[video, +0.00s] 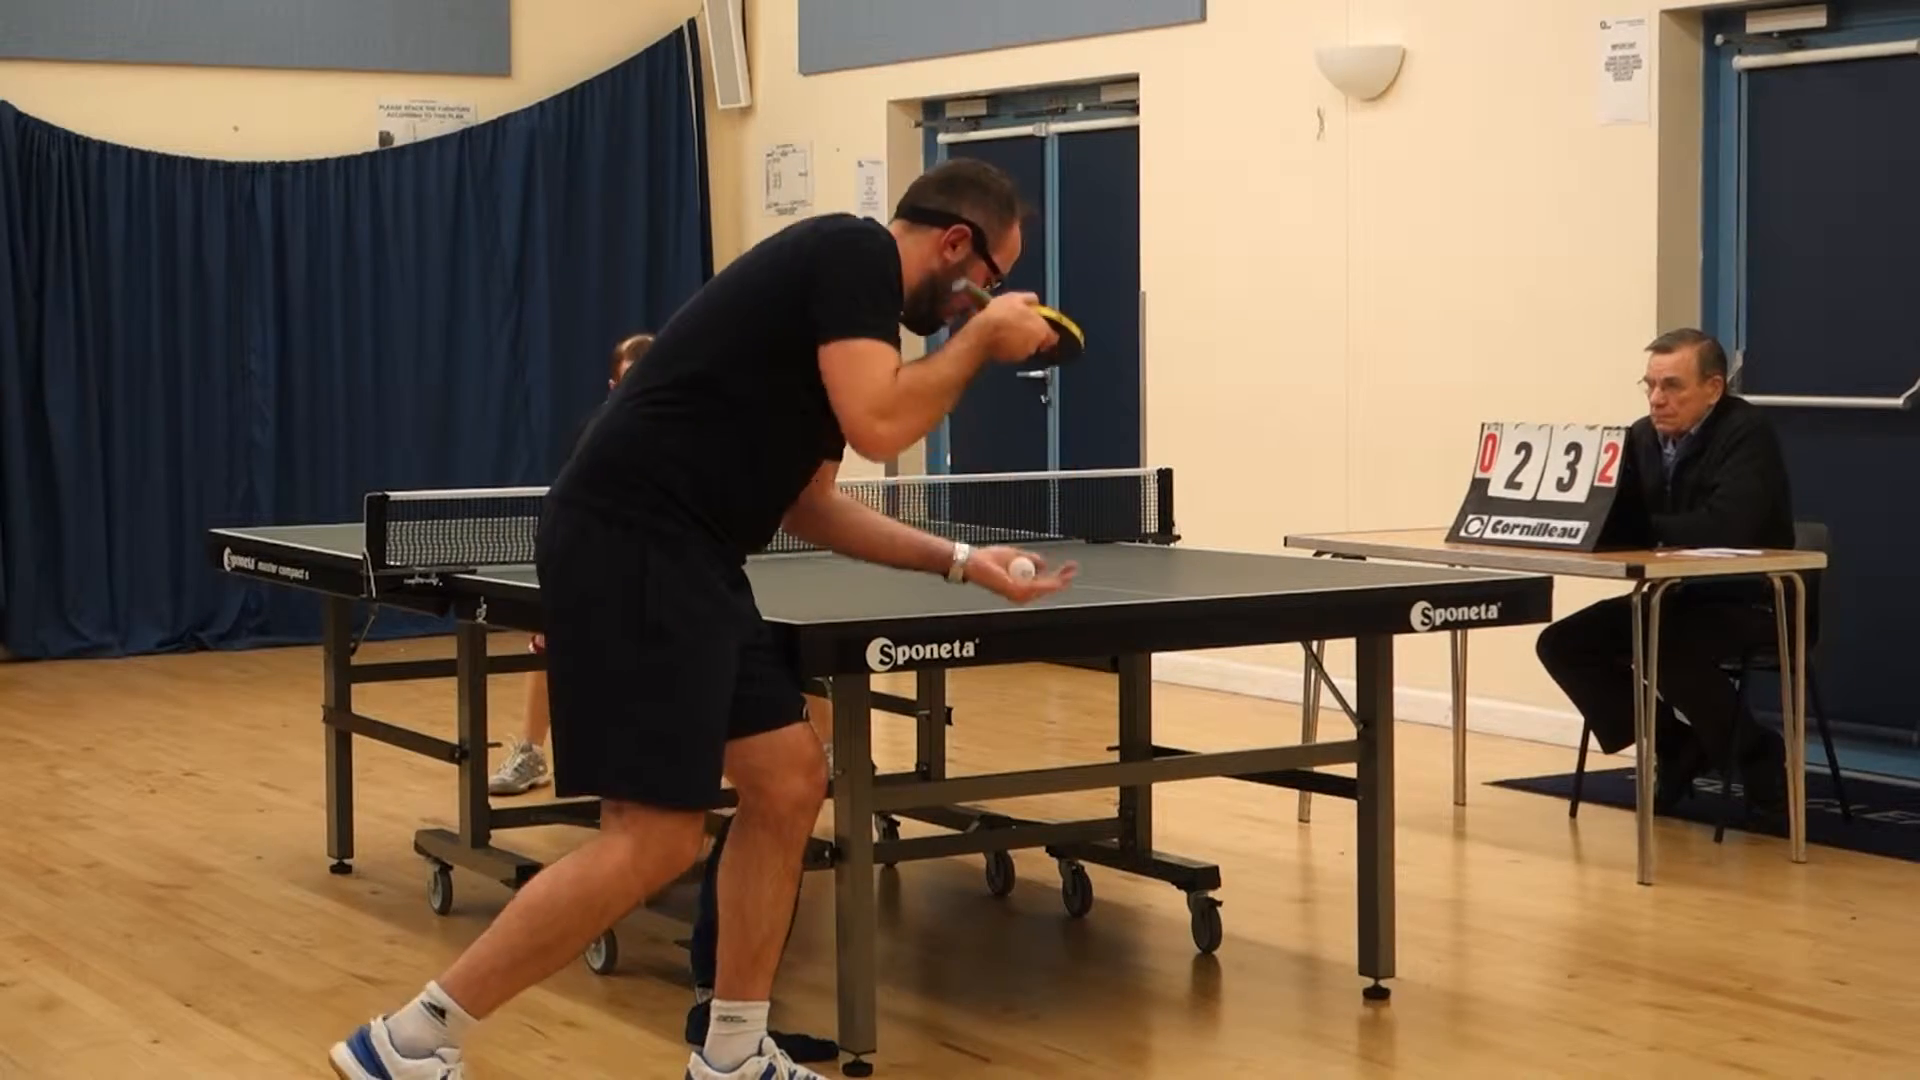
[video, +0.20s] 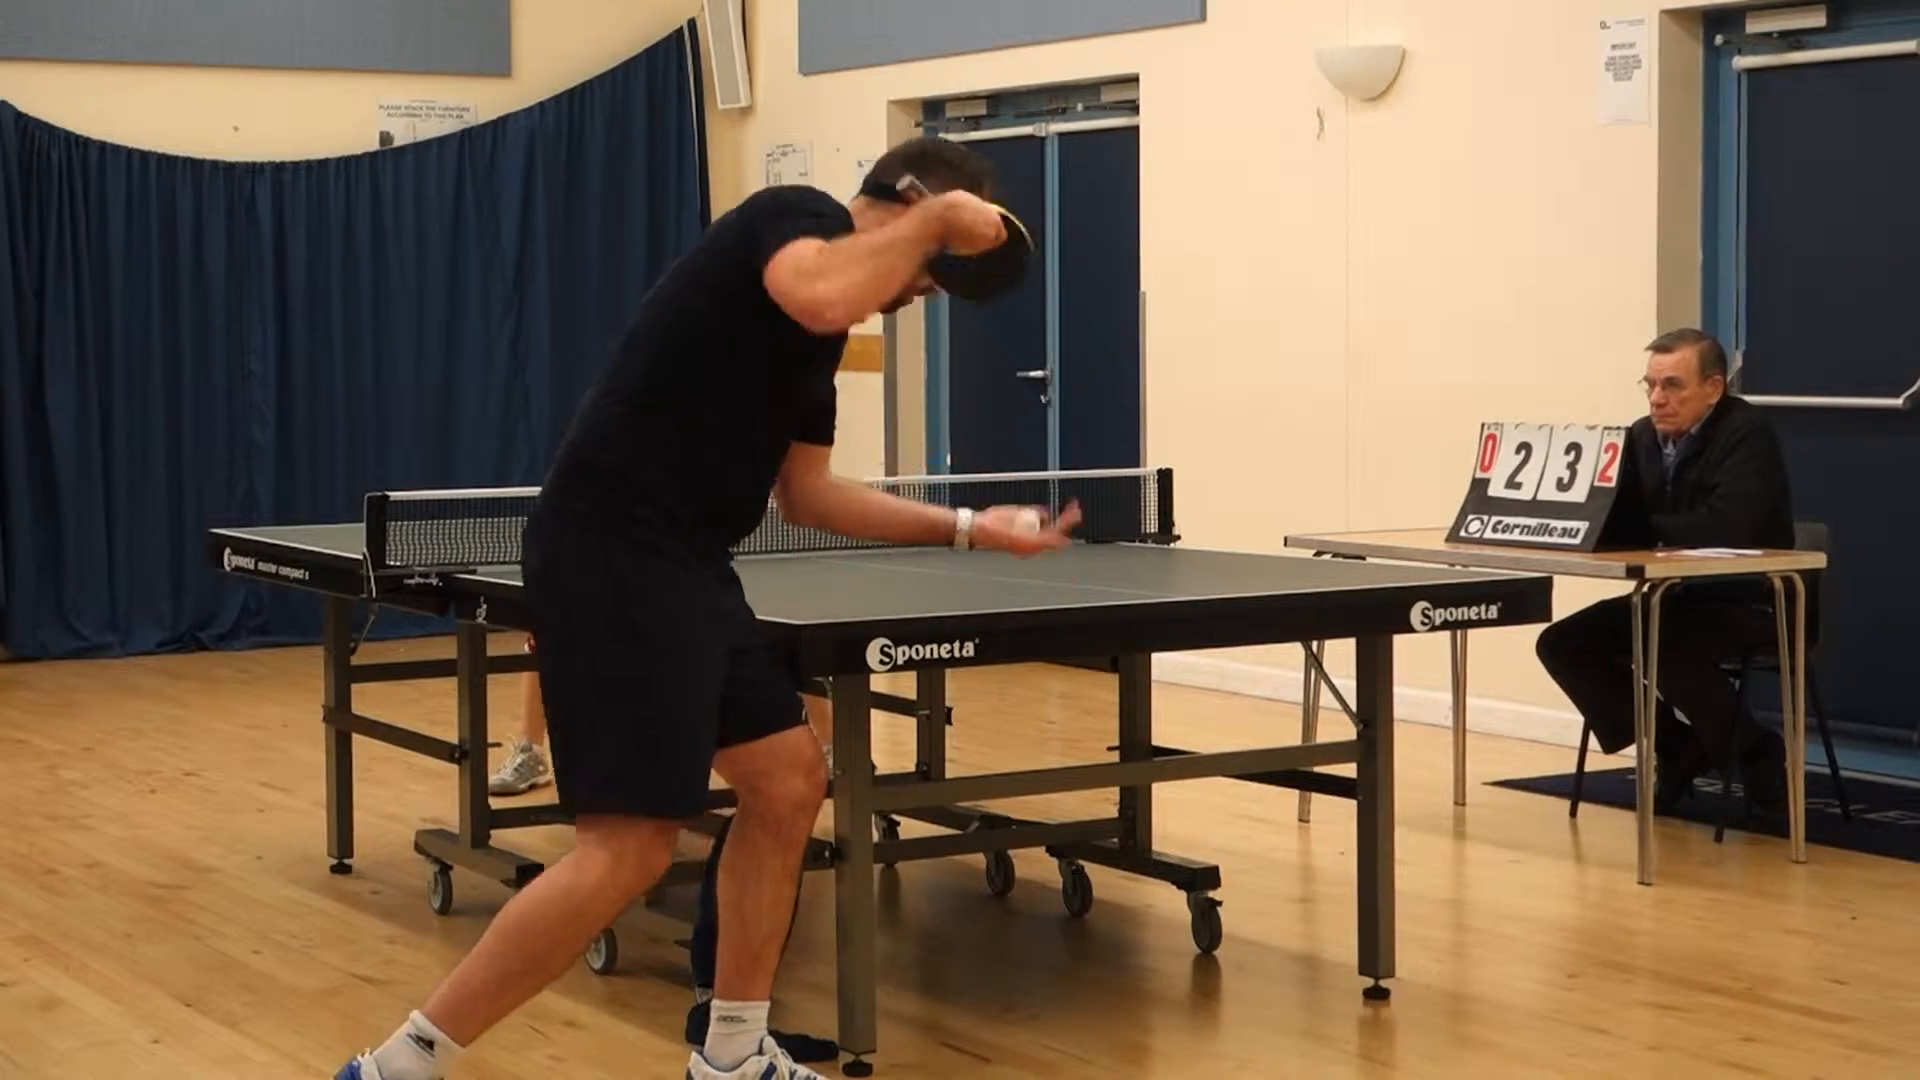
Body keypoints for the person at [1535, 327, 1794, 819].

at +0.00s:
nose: (1656, 398)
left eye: (1671, 385)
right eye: (1651, 384)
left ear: (1713, 388)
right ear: (1644, 385)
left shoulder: (1747, 434)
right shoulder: (1641, 437)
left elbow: (1732, 527)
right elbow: (1607, 515)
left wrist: (1637, 531)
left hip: (1756, 599)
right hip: (1673, 595)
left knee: (1667, 644)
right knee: (1562, 644)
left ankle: (1758, 753)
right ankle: (1673, 742)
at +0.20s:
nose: (1656, 398)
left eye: (1671, 385)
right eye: (1651, 384)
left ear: (1713, 388)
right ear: (1644, 385)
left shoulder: (1747, 434)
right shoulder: (1641, 437)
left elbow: (1733, 527)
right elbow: (1607, 515)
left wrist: (1637, 531)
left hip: (1757, 599)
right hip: (1673, 595)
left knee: (1667, 644)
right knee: (1562, 644)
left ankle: (1758, 753)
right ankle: (1674, 742)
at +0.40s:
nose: (1656, 398)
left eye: (1671, 385)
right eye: (1651, 384)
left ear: (1713, 388)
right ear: (1644, 385)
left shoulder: (1747, 433)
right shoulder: (1642, 437)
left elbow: (1733, 526)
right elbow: (1607, 513)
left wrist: (1638, 531)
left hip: (1756, 600)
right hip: (1673, 595)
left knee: (1665, 644)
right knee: (1562, 644)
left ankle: (1757, 753)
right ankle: (1674, 741)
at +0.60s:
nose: (1654, 400)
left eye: (1668, 387)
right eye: (1648, 386)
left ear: (1711, 389)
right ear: (1642, 386)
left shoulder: (1747, 433)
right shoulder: (1640, 438)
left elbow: (1732, 528)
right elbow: (1612, 519)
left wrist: (1639, 531)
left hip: (1756, 600)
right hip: (1674, 596)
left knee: (1669, 647)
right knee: (1561, 643)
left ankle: (1757, 751)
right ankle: (1673, 739)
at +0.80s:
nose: (1651, 400)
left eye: (1666, 387)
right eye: (1647, 386)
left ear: (1709, 391)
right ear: (1641, 387)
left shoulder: (1747, 434)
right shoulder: (1640, 438)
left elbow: (1732, 527)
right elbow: (1614, 522)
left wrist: (1641, 531)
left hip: (1757, 600)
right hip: (1675, 596)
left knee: (1669, 647)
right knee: (1562, 643)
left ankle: (1760, 753)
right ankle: (1673, 740)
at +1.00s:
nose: (1647, 400)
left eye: (1661, 388)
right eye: (1644, 387)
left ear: (1706, 393)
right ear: (1639, 388)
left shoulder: (1746, 435)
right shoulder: (1639, 440)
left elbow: (1734, 528)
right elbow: (1611, 521)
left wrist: (1641, 532)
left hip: (1758, 601)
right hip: (1675, 597)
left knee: (1669, 646)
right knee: (1560, 639)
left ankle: (1760, 753)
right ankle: (1671, 741)